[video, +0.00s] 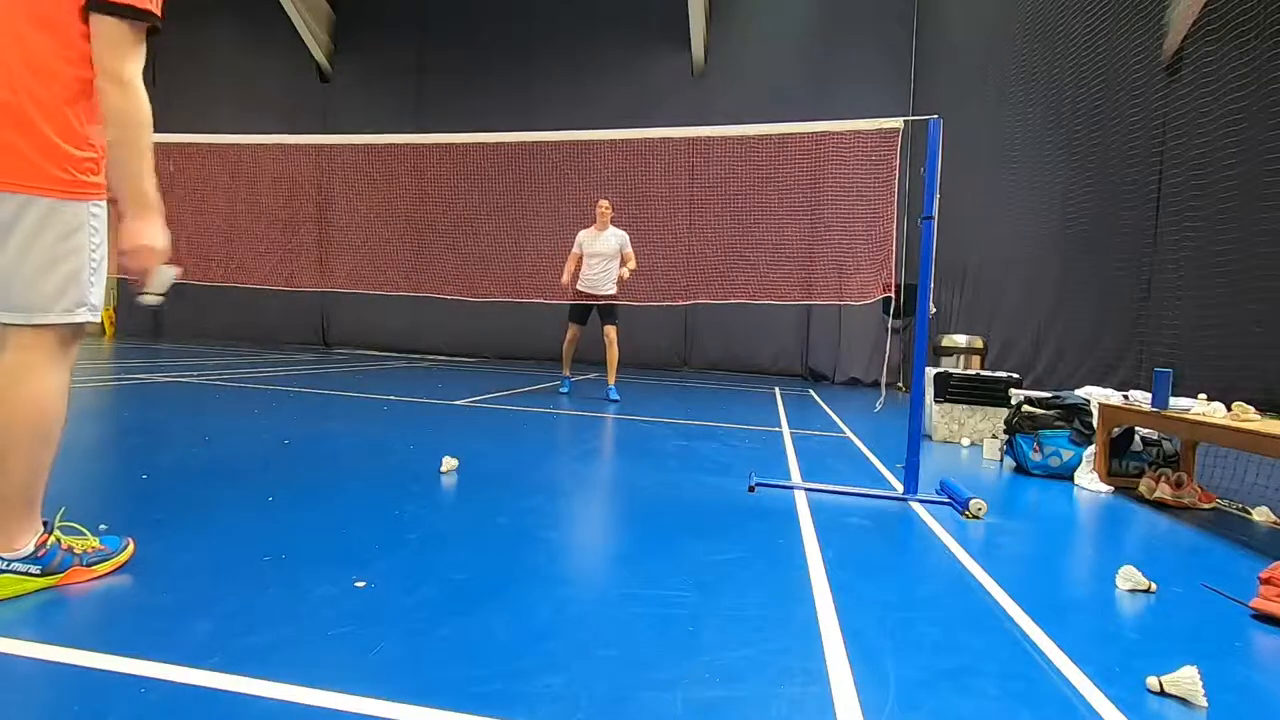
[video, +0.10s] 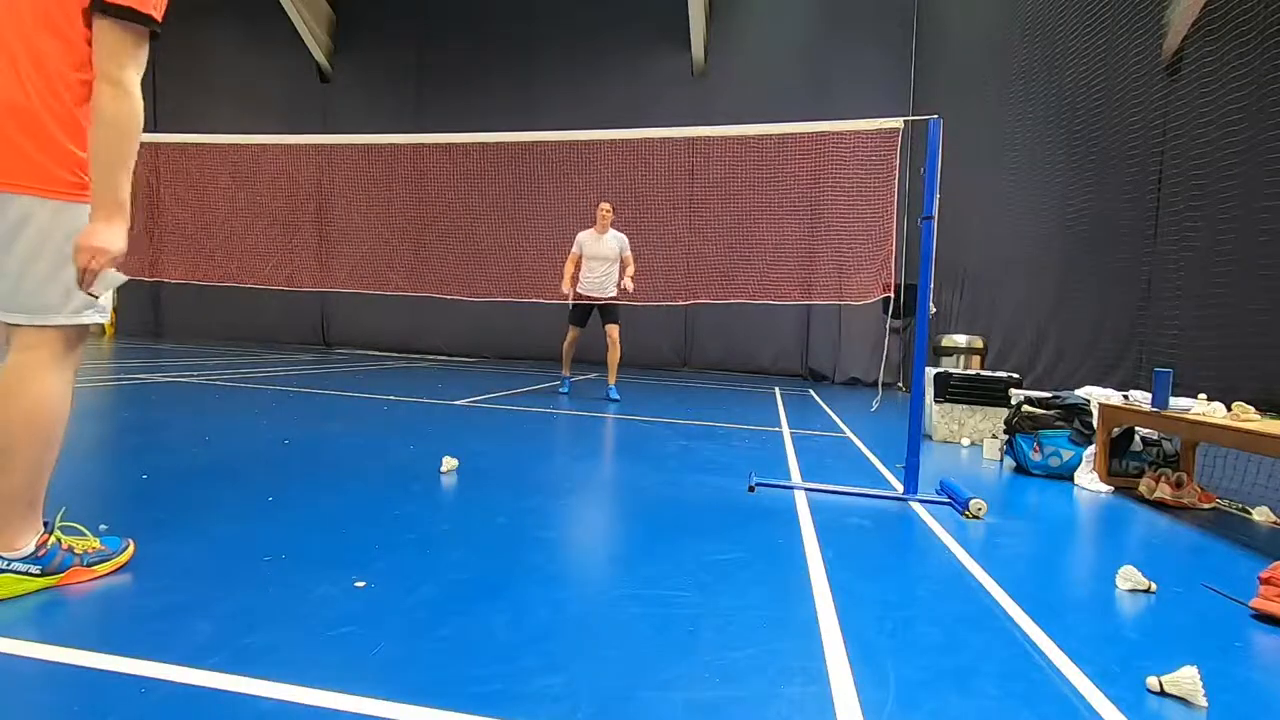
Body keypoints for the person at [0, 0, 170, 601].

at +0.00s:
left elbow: (116, 72)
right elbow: (116, 70)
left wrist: (136, 206)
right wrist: (142, 208)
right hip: (39, 149)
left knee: (31, 340)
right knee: (37, 341)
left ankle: (16, 537)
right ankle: (16, 545)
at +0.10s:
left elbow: (116, 78)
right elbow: (117, 76)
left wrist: (103, 214)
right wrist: (110, 216)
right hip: (47, 164)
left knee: (32, 341)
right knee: (44, 343)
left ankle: (19, 536)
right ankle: (18, 544)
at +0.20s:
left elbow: (165, 87)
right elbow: (162, 86)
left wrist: (176, 218)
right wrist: (179, 218)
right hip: (46, 151)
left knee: (34, 340)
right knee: (43, 343)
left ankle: (20, 532)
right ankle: (18, 544)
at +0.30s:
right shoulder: (159, 5)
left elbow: (224, 89)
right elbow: (225, 90)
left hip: (19, 151)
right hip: (51, 158)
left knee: (29, 342)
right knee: (44, 345)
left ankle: (18, 537)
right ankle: (19, 546)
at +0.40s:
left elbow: (259, 58)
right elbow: (260, 60)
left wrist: (346, 110)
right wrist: (349, 109)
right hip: (52, 148)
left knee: (21, 337)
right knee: (48, 343)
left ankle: (19, 530)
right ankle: (19, 544)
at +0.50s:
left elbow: (267, 50)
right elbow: (267, 51)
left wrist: (346, 73)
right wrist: (347, 70)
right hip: (54, 142)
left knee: (44, 336)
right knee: (51, 339)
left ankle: (20, 530)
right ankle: (19, 543)